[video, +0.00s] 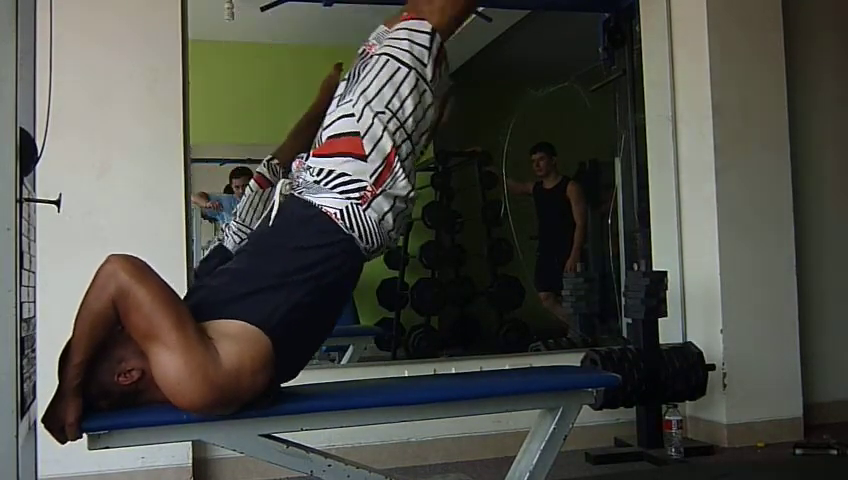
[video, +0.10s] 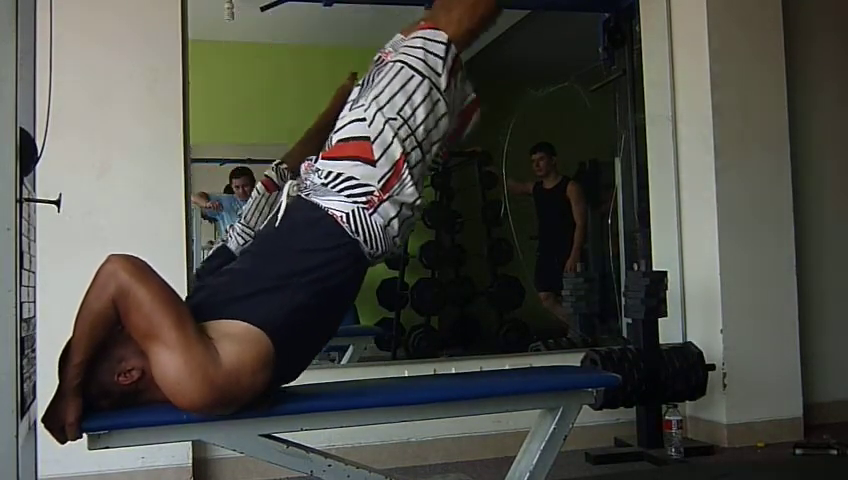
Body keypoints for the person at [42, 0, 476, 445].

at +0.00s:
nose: (123, 359)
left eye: (115, 362)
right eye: (120, 360)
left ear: (124, 375)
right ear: (129, 368)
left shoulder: (187, 367)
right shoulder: (191, 376)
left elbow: (117, 274)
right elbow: (117, 272)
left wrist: (72, 370)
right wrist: (69, 385)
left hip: (296, 212)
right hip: (337, 208)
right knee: (422, 16)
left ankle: (324, 101)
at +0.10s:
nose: (127, 357)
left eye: (117, 360)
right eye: (121, 362)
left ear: (124, 371)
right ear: (130, 368)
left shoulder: (190, 361)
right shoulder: (193, 375)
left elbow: (119, 272)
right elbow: (117, 271)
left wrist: (73, 376)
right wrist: (69, 387)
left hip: (313, 209)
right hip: (345, 211)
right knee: (444, 24)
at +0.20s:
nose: (126, 361)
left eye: (113, 361)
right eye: (117, 370)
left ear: (125, 362)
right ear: (129, 379)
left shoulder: (187, 349)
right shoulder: (194, 374)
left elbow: (118, 274)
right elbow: (117, 272)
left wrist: (69, 378)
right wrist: (70, 383)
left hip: (312, 209)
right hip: (348, 213)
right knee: (465, 33)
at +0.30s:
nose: (126, 366)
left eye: (113, 364)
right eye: (118, 377)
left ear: (125, 360)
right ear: (133, 385)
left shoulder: (188, 353)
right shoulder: (194, 374)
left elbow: (118, 276)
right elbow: (118, 272)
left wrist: (69, 378)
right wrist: (70, 382)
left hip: (331, 207)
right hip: (363, 213)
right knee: (483, 49)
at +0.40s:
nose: (128, 357)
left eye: (114, 364)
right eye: (122, 365)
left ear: (126, 371)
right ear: (130, 373)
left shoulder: (190, 358)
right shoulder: (194, 376)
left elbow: (116, 276)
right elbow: (119, 273)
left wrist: (71, 384)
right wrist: (72, 387)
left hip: (340, 212)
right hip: (370, 219)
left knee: (469, 82)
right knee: (486, 75)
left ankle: (592, 7)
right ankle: (595, 2)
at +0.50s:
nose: (130, 367)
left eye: (117, 368)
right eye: (122, 376)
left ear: (129, 365)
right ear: (134, 381)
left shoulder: (191, 354)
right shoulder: (198, 377)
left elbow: (116, 277)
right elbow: (119, 274)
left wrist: (71, 383)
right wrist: (73, 385)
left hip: (351, 214)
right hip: (376, 225)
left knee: (477, 102)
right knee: (487, 99)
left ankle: (605, 22)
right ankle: (610, 17)